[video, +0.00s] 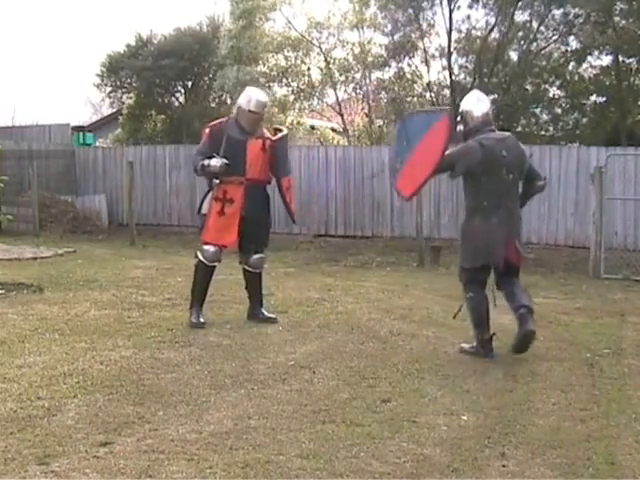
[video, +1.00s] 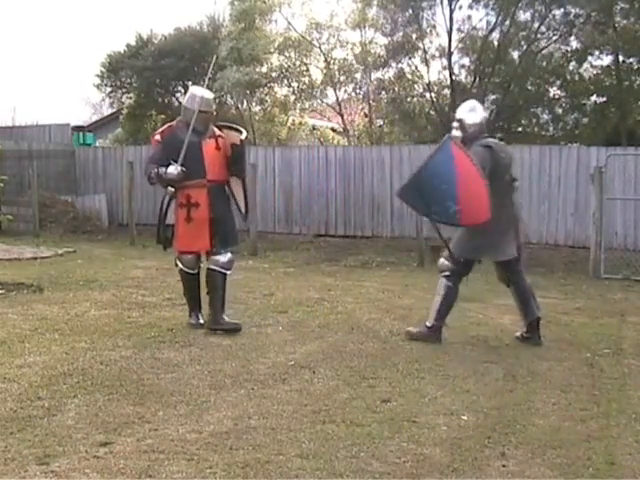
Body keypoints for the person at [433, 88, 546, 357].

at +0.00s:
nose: (463, 123)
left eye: (464, 118)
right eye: (463, 118)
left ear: (471, 118)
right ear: (490, 116)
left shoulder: (473, 148)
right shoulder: (513, 145)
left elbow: (435, 165)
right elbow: (536, 182)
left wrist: (452, 139)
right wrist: (516, 203)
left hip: (479, 226)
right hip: (509, 224)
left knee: (473, 283)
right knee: (508, 278)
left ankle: (483, 343)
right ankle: (525, 320)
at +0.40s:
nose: (480, 124)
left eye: (482, 120)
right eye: (480, 120)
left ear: (490, 120)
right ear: (505, 119)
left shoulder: (487, 147)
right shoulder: (521, 147)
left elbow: (474, 165)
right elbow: (544, 185)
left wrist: (472, 131)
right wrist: (529, 209)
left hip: (492, 226)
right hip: (517, 225)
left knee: (476, 277)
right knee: (518, 275)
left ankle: (483, 336)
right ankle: (533, 329)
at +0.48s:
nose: (482, 124)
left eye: (484, 120)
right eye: (482, 120)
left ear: (492, 120)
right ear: (508, 118)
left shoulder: (494, 147)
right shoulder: (524, 147)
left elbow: (475, 175)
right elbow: (543, 184)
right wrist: (526, 208)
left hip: (494, 223)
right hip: (520, 222)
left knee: (468, 269)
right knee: (517, 272)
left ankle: (482, 326)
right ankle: (533, 328)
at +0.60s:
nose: (483, 124)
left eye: (484, 120)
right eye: (483, 120)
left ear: (489, 120)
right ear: (508, 117)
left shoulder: (499, 147)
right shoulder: (525, 146)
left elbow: (488, 185)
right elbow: (539, 183)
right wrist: (520, 203)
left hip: (497, 222)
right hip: (522, 224)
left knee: (461, 260)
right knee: (519, 273)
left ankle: (475, 323)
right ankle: (534, 328)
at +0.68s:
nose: (480, 124)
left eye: (482, 119)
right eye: (481, 119)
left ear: (491, 119)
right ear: (506, 118)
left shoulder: (500, 147)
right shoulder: (522, 145)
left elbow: (488, 181)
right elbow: (536, 181)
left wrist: (478, 138)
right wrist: (521, 201)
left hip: (496, 221)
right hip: (521, 222)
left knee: (463, 263)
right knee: (521, 272)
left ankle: (460, 325)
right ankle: (534, 329)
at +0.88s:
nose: (468, 128)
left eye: (472, 124)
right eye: (468, 123)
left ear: (485, 124)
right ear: (494, 123)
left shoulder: (489, 150)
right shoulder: (510, 149)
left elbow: (479, 186)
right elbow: (523, 185)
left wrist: (467, 147)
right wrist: (508, 204)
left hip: (490, 223)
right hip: (514, 222)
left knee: (461, 271)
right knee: (521, 272)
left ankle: (437, 326)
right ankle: (535, 329)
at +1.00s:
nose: (458, 129)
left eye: (460, 124)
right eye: (458, 125)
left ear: (470, 125)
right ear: (483, 124)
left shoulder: (479, 151)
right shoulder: (502, 149)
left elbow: (469, 183)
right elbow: (507, 185)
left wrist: (457, 149)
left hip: (480, 225)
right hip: (505, 224)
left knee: (451, 271)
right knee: (513, 274)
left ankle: (433, 327)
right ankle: (533, 328)